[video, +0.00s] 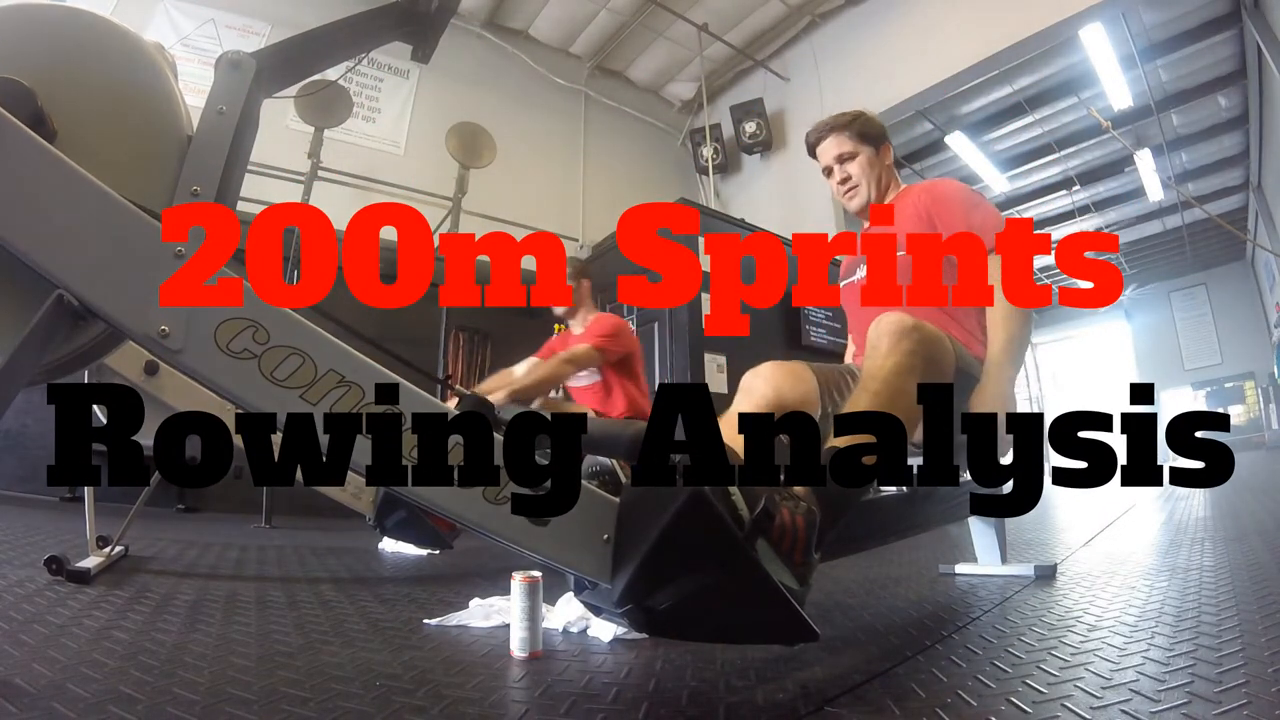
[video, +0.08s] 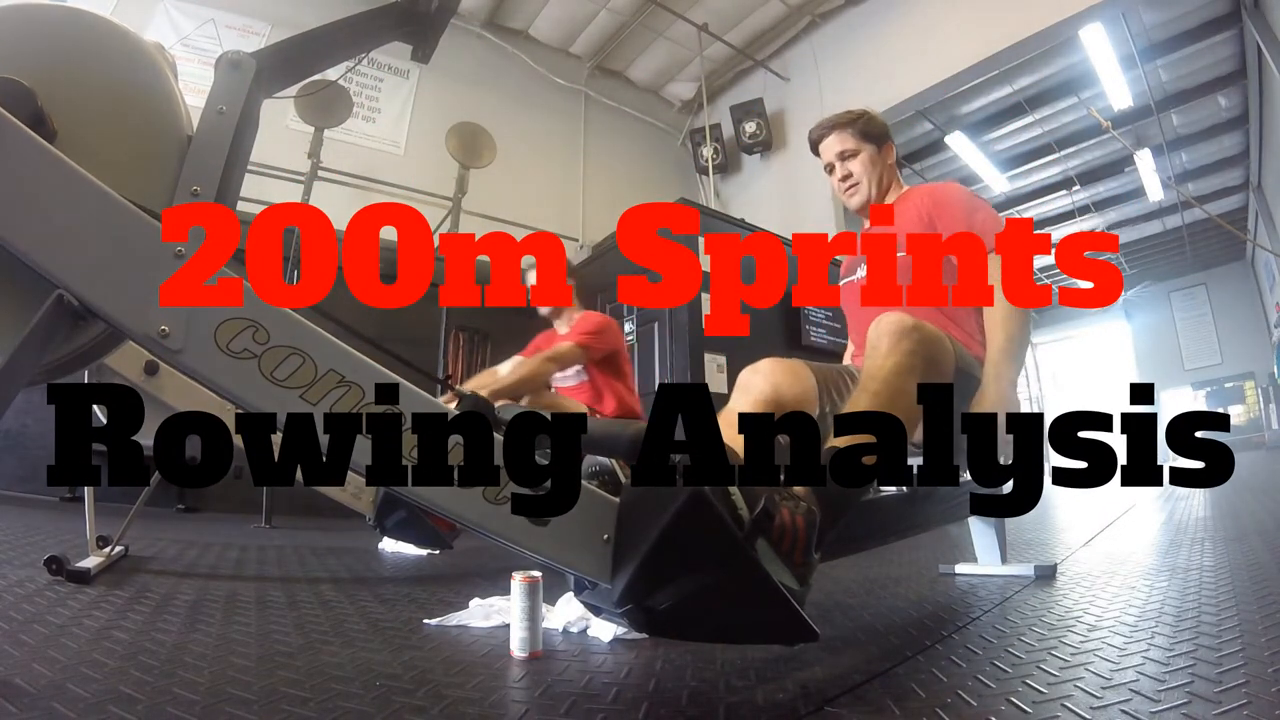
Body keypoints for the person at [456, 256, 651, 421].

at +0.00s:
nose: (554, 295)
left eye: (563, 285)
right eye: (551, 287)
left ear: (585, 286)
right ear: (545, 293)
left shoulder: (613, 326)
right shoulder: (563, 340)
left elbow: (572, 363)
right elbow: (518, 372)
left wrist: (510, 394)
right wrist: (473, 395)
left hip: (630, 430)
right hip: (592, 430)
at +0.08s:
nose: (534, 294)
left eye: (540, 286)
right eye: (531, 288)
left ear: (568, 284)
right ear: (528, 291)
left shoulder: (598, 324)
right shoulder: (547, 339)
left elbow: (551, 363)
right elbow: (505, 371)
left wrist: (485, 396)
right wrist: (460, 393)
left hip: (616, 426)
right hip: (573, 420)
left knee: (533, 395)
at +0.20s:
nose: (503, 294)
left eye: (511, 282)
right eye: (501, 285)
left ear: (532, 281)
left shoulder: (569, 321)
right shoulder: (517, 337)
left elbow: (514, 361)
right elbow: (488, 365)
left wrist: (452, 385)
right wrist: (446, 385)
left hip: (596, 419)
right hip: (547, 414)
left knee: (513, 386)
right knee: (485, 392)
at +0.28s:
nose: (485, 295)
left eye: (490, 286)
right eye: (482, 288)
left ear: (517, 280)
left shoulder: (554, 319)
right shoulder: (504, 336)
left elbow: (497, 361)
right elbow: (472, 367)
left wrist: (426, 388)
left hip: (584, 413)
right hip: (539, 412)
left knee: (510, 383)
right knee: (472, 384)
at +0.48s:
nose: (442, 297)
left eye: (445, 287)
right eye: (439, 290)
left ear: (477, 279)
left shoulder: (514, 315)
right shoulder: (463, 333)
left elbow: (450, 358)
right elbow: (434, 363)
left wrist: (390, 379)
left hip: (552, 411)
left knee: (484, 370)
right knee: (426, 379)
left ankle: (467, 451)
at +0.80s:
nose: (422, 282)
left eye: (429, 273)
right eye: (423, 273)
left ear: (448, 275)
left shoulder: (482, 311)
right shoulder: (449, 319)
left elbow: (408, 344)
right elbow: (404, 358)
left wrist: (346, 365)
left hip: (527, 408)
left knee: (456, 362)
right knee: (418, 374)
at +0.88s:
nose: (433, 282)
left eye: (441, 271)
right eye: (434, 272)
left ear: (466, 273)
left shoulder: (491, 309)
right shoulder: (460, 316)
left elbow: (419, 340)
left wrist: (351, 359)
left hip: (531, 406)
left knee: (458, 363)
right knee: (420, 367)